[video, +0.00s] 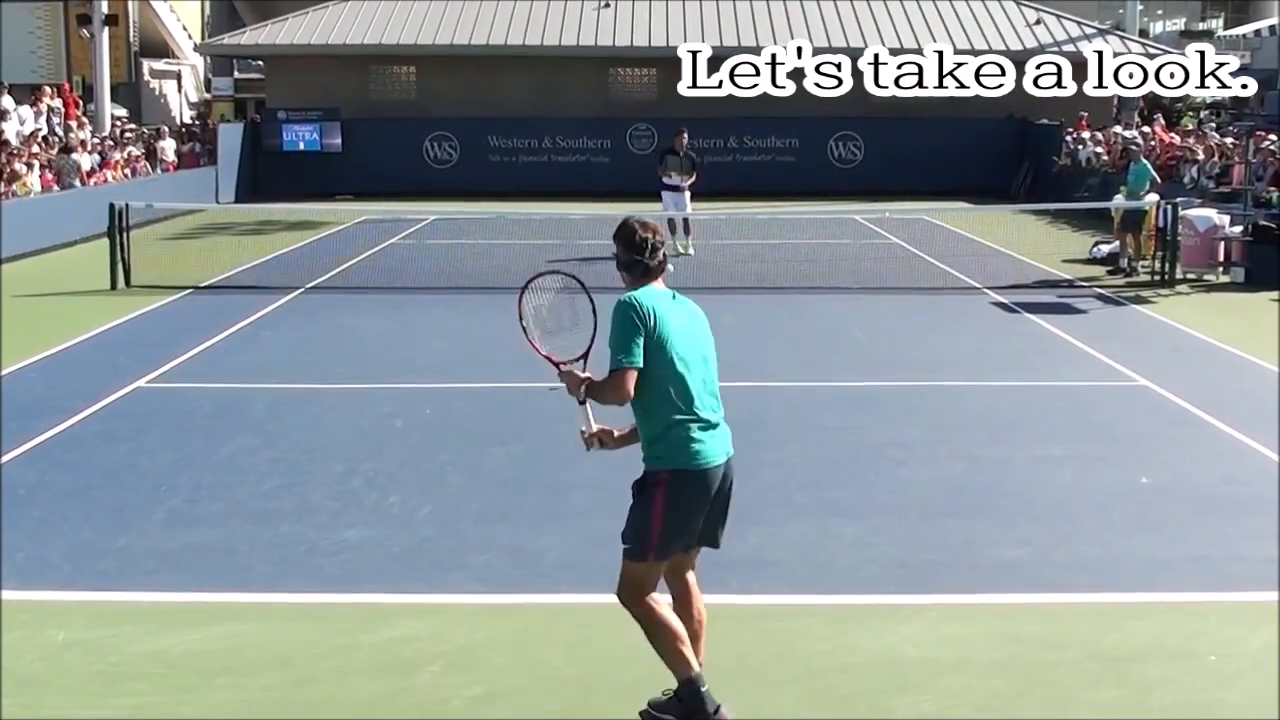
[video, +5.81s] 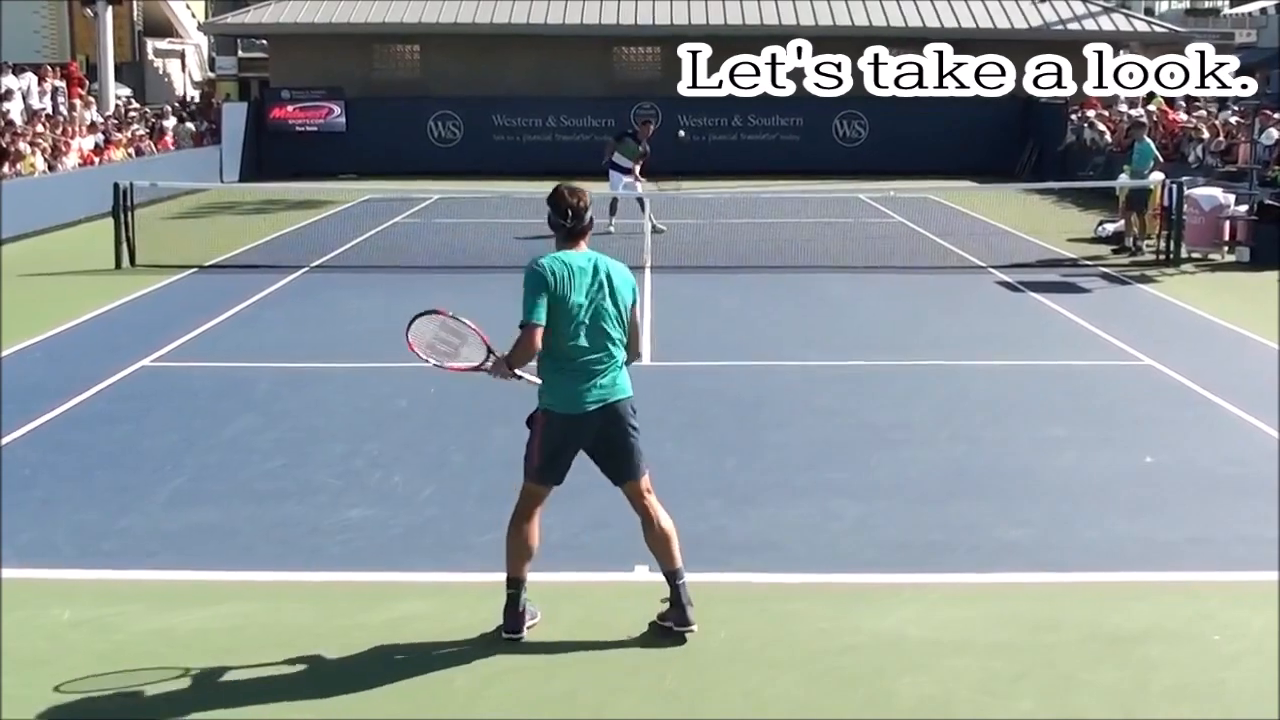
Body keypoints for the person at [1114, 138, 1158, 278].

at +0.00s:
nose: (1130, 154)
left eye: (1133, 151)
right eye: (1129, 151)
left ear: (1139, 151)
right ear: (1129, 152)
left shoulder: (1145, 165)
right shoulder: (1132, 165)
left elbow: (1157, 181)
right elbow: (1133, 181)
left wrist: (1146, 193)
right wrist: (1126, 190)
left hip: (1140, 205)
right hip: (1129, 203)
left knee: (1136, 235)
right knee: (1121, 233)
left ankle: (1136, 265)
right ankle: (1122, 264)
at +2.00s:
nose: (1129, 154)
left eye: (1132, 151)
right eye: (1129, 151)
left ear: (1138, 152)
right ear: (1130, 152)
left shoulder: (1145, 166)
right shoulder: (1132, 165)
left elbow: (1156, 182)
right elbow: (1134, 182)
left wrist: (1144, 193)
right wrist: (1126, 191)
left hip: (1140, 206)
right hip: (1129, 204)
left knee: (1138, 236)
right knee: (1123, 234)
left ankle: (1137, 265)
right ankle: (1123, 263)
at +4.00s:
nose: (1122, 153)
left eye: (1125, 150)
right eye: (1122, 150)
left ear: (1132, 151)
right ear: (1123, 151)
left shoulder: (1138, 165)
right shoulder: (1126, 165)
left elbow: (1148, 181)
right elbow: (1125, 181)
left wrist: (1137, 193)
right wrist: (1119, 189)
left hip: (1134, 205)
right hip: (1123, 203)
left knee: (1131, 234)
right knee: (1117, 232)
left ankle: (1132, 265)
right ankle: (1118, 263)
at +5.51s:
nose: (1131, 136)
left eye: (1133, 133)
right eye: (1130, 133)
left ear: (1140, 133)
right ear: (1129, 135)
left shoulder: (1144, 147)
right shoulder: (1133, 147)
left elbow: (1157, 164)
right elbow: (1133, 165)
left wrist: (1145, 176)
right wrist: (1127, 172)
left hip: (1140, 187)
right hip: (1130, 186)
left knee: (1137, 218)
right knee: (1122, 215)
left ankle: (1136, 248)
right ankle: (1124, 246)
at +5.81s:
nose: (1133, 133)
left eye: (1136, 130)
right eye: (1133, 130)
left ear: (1143, 130)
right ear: (1133, 132)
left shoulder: (1148, 143)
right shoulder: (1137, 144)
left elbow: (1159, 160)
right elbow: (1138, 161)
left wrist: (1148, 172)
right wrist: (1130, 169)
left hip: (1143, 183)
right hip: (1133, 182)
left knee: (1140, 214)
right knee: (1127, 213)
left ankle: (1140, 245)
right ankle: (1128, 243)